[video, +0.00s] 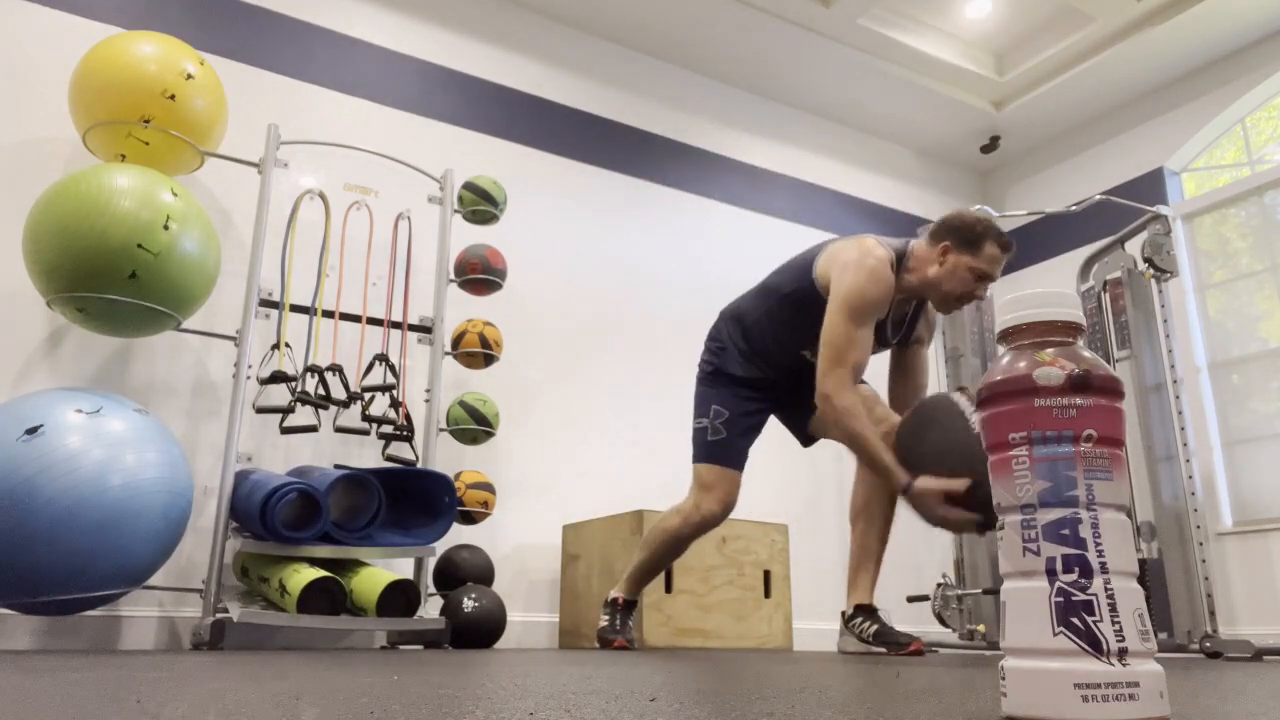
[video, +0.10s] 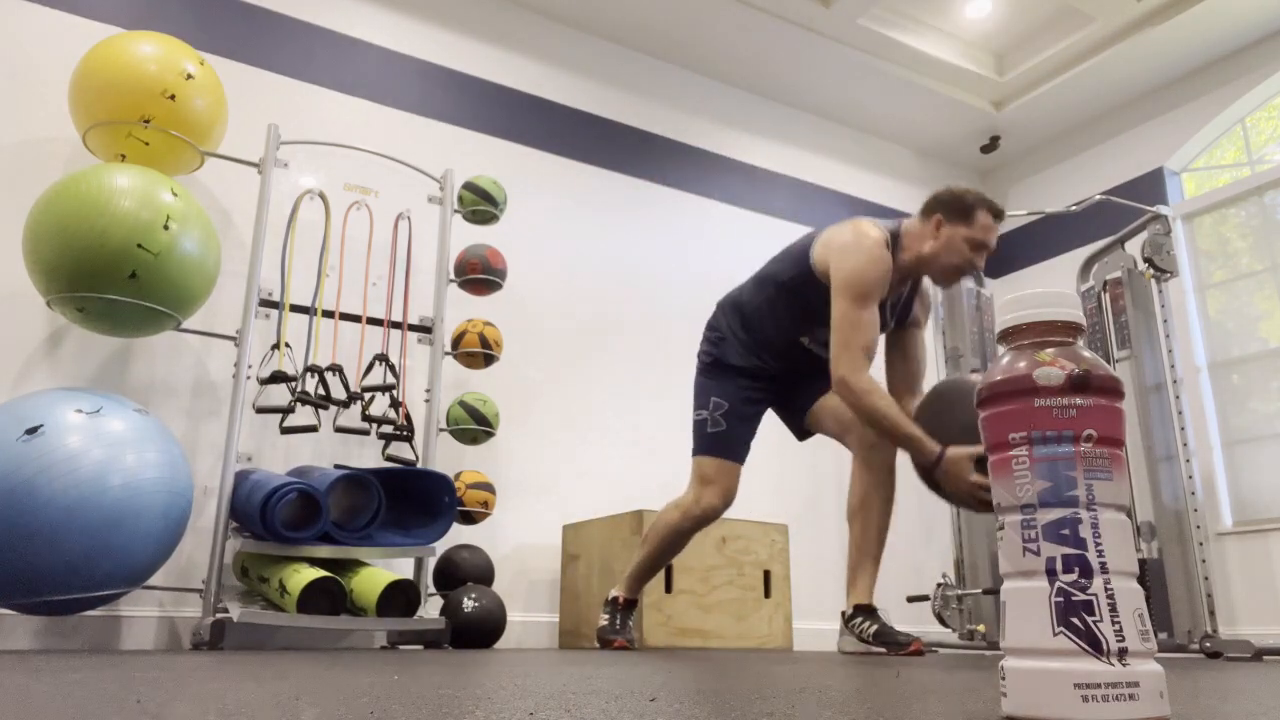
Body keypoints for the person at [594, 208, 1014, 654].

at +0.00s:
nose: (980, 294)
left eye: (988, 284)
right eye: (978, 277)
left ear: (944, 261)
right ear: (940, 253)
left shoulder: (917, 313)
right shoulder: (867, 270)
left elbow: (907, 416)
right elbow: (834, 396)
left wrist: (948, 490)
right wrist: (907, 482)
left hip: (805, 374)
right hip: (740, 358)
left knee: (889, 439)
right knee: (711, 503)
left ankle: (859, 615)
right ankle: (622, 598)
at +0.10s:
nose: (979, 266)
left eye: (986, 254)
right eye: (975, 248)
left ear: (942, 237)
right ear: (936, 227)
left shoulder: (912, 298)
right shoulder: (863, 252)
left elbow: (906, 399)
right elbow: (850, 382)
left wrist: (940, 469)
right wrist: (934, 455)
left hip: (802, 366)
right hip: (740, 349)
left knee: (876, 437)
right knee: (711, 496)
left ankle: (861, 612)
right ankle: (624, 597)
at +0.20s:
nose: (971, 215)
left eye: (975, 204)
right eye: (965, 199)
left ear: (933, 197)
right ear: (923, 188)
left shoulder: (906, 273)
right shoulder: (856, 223)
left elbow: (900, 370)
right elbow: (855, 348)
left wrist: (956, 423)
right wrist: (943, 413)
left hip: (807, 356)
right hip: (742, 340)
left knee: (877, 426)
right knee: (711, 491)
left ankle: (860, 613)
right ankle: (623, 593)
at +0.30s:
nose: (948, 167)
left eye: (952, 158)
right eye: (939, 152)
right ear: (896, 150)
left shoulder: (894, 242)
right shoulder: (844, 193)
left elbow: (900, 345)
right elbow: (856, 304)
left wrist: (960, 375)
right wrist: (959, 350)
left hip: (806, 342)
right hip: (745, 332)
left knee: (876, 429)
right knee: (719, 484)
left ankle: (859, 612)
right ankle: (627, 592)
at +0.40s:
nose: (913, 130)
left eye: (918, 123)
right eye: (903, 115)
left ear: (912, 143)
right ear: (862, 120)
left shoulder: (878, 217)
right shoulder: (820, 165)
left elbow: (899, 316)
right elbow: (853, 250)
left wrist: (975, 315)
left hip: (810, 338)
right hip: (748, 325)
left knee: (876, 428)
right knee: (733, 473)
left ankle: (860, 614)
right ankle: (642, 579)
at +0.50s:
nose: (874, 107)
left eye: (879, 102)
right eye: (863, 96)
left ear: (879, 119)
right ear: (827, 106)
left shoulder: (858, 201)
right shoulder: (800, 147)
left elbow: (910, 278)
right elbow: (840, 179)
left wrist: (978, 240)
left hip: (812, 328)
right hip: (750, 316)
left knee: (878, 428)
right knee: (737, 463)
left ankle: (860, 612)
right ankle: (656, 576)